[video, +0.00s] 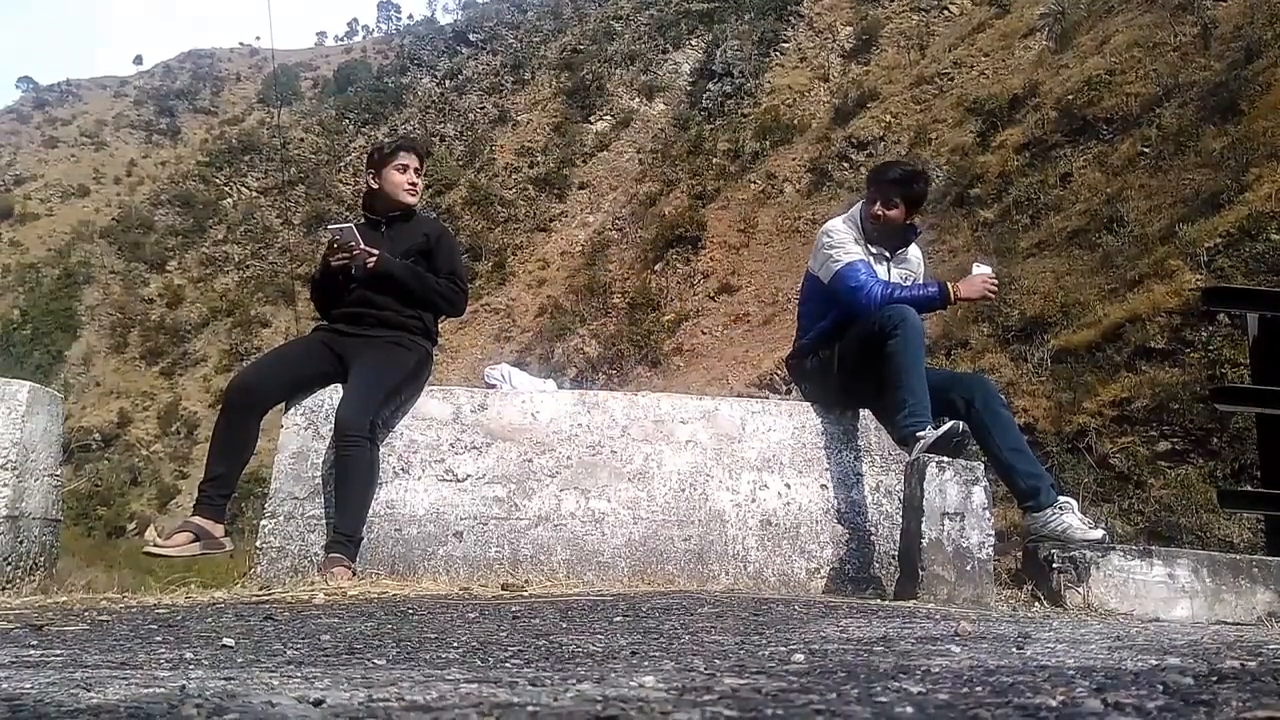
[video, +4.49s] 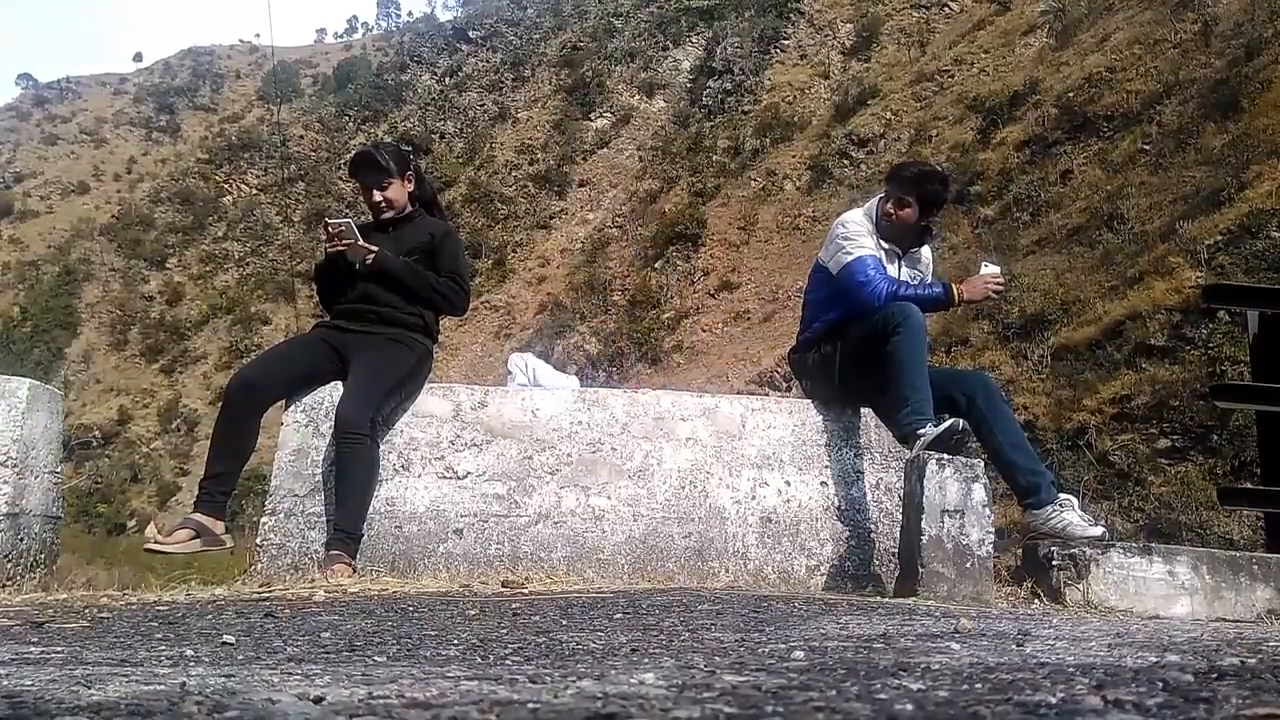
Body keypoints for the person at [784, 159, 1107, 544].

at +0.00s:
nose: (874, 208)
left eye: (887, 204)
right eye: (873, 199)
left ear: (909, 216)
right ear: (869, 200)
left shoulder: (910, 255)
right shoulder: (836, 235)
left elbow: (908, 313)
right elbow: (870, 296)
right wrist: (953, 289)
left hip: (879, 376)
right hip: (824, 372)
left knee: (976, 391)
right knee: (899, 318)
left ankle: (1043, 508)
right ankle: (916, 433)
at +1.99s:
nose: (890, 202)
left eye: (903, 199)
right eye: (884, 192)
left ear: (912, 214)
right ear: (867, 193)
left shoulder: (899, 252)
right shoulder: (831, 229)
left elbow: (889, 309)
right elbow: (861, 293)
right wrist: (942, 285)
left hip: (872, 374)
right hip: (820, 371)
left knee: (975, 390)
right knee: (892, 317)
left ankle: (1043, 509)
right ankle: (913, 433)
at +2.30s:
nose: (940, 225)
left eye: (945, 216)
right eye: (936, 211)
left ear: (908, 205)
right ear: (904, 200)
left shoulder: (902, 257)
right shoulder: (844, 227)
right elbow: (864, 293)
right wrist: (944, 287)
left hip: (871, 375)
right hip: (821, 370)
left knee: (975, 390)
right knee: (894, 317)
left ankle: (1043, 509)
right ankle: (914, 433)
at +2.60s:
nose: (959, 232)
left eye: (964, 223)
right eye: (956, 219)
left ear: (928, 214)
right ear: (925, 208)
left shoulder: (915, 254)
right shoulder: (865, 229)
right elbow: (873, 294)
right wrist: (952, 291)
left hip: (876, 373)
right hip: (828, 368)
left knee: (976, 390)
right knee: (902, 317)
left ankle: (1043, 507)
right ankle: (916, 429)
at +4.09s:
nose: (915, 209)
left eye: (928, 205)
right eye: (908, 197)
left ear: (939, 217)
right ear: (892, 196)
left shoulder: (921, 257)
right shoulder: (857, 228)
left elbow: (912, 313)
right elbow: (874, 293)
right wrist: (951, 290)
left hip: (881, 373)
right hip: (826, 367)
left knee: (976, 387)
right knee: (904, 316)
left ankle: (1043, 504)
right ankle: (918, 428)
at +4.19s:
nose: (907, 209)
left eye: (921, 205)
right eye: (901, 198)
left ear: (936, 217)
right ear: (891, 197)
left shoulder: (921, 254)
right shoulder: (855, 229)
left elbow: (914, 308)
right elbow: (875, 292)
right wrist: (951, 290)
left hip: (880, 373)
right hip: (825, 368)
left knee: (977, 388)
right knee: (904, 317)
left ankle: (1043, 505)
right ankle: (918, 429)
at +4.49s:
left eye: (912, 212)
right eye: (919, 220)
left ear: (922, 218)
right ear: (891, 203)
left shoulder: (919, 252)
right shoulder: (851, 228)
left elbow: (914, 308)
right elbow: (875, 290)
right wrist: (956, 292)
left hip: (880, 373)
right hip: (825, 367)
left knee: (976, 387)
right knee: (903, 316)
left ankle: (1043, 504)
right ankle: (917, 429)